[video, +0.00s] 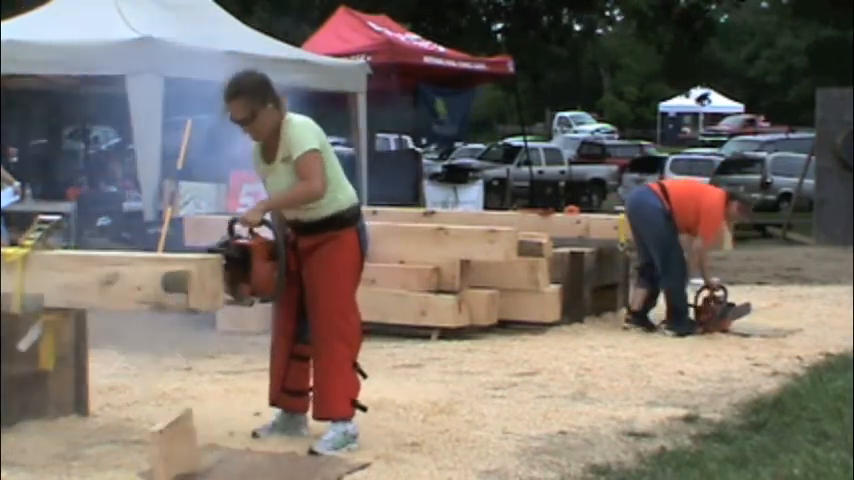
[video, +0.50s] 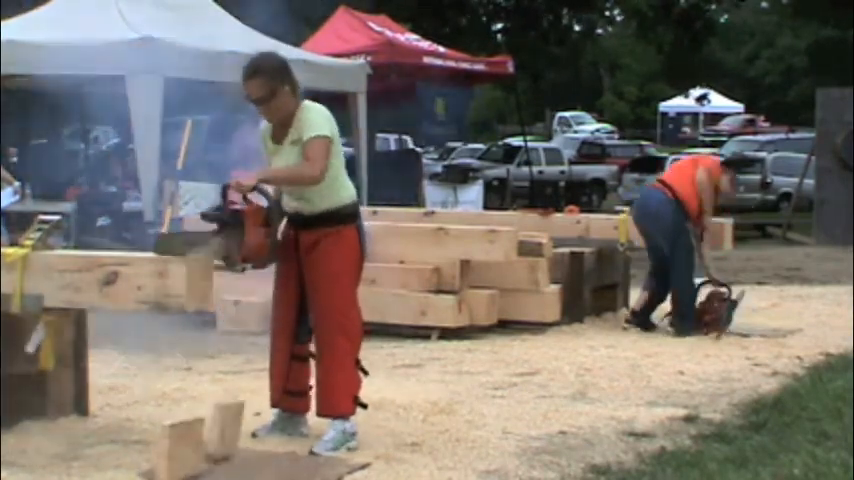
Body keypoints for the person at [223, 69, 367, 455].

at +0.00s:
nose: (246, 130)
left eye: (249, 120)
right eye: (240, 124)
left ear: (272, 106)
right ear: (239, 119)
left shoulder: (300, 130)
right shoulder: (261, 151)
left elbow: (315, 186)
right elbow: (287, 204)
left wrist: (264, 208)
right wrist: (280, 251)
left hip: (335, 237)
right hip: (298, 240)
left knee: (333, 325)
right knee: (290, 325)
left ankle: (342, 422)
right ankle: (292, 414)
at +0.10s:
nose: (249, 126)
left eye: (252, 115)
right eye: (242, 119)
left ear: (274, 102)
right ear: (240, 115)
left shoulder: (302, 126)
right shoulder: (263, 146)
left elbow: (316, 181)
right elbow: (282, 202)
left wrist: (266, 200)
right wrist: (280, 243)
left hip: (334, 235)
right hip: (297, 238)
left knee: (332, 324)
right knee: (289, 322)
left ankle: (342, 422)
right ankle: (292, 413)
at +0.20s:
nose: (252, 121)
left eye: (255, 110)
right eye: (246, 114)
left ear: (276, 98)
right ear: (246, 110)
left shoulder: (305, 122)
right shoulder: (266, 141)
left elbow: (318, 176)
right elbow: (283, 198)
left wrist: (266, 189)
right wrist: (270, 239)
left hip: (334, 235)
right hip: (296, 236)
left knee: (334, 324)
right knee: (289, 323)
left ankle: (343, 422)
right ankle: (291, 414)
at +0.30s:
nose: (257, 114)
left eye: (261, 103)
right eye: (251, 107)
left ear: (284, 92)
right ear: (249, 104)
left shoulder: (311, 117)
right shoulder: (267, 135)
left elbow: (316, 169)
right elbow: (282, 192)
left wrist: (264, 173)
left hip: (333, 234)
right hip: (295, 235)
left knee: (334, 323)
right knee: (288, 322)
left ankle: (342, 422)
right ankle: (290, 414)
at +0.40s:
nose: (260, 110)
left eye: (263, 100)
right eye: (254, 103)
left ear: (286, 89)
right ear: (255, 98)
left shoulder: (313, 114)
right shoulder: (268, 130)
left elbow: (316, 166)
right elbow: (283, 187)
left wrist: (264, 168)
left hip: (334, 233)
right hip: (296, 232)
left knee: (334, 324)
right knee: (287, 322)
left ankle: (342, 421)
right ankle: (291, 414)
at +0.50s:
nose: (260, 110)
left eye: (264, 100)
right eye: (254, 103)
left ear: (288, 90)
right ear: (255, 98)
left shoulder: (314, 117)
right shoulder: (269, 131)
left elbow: (314, 171)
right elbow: (281, 190)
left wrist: (261, 178)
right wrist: (266, 233)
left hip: (334, 233)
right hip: (296, 233)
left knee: (335, 323)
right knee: (288, 322)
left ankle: (342, 421)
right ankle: (290, 413)